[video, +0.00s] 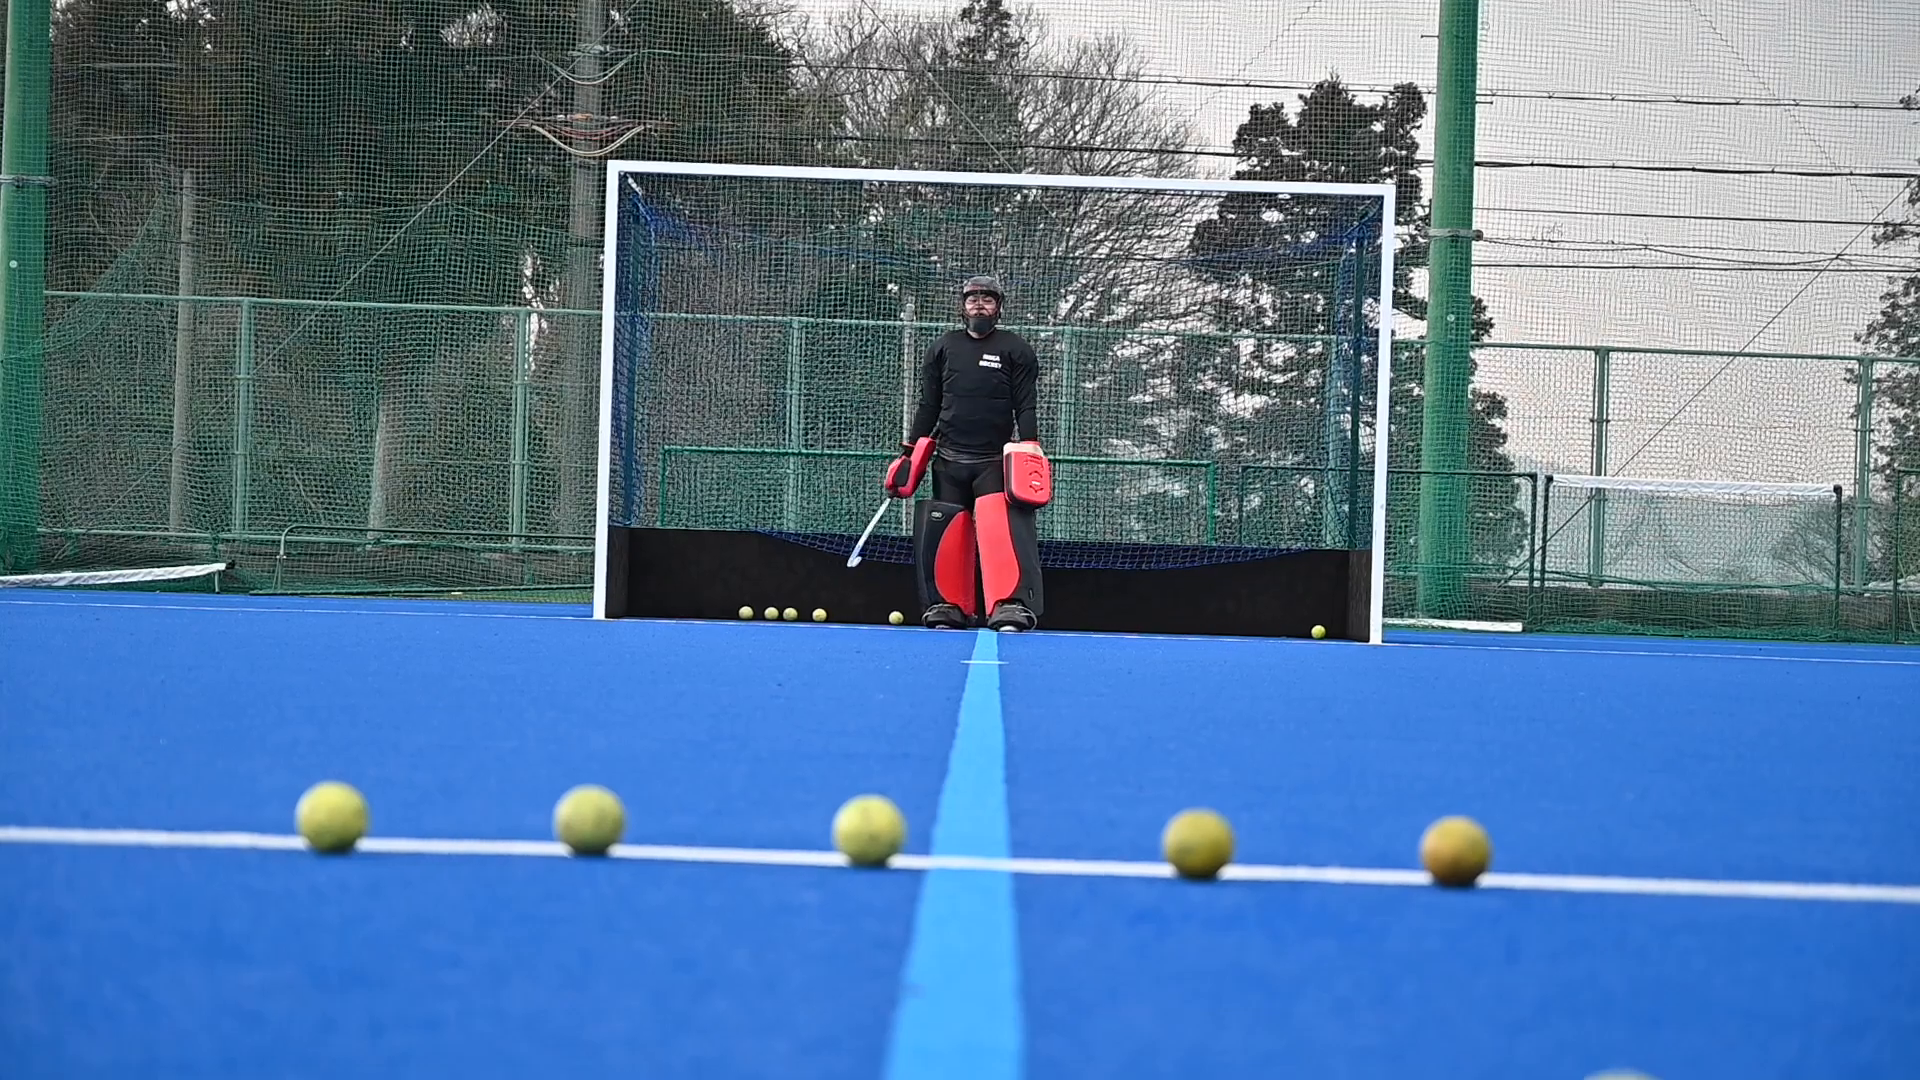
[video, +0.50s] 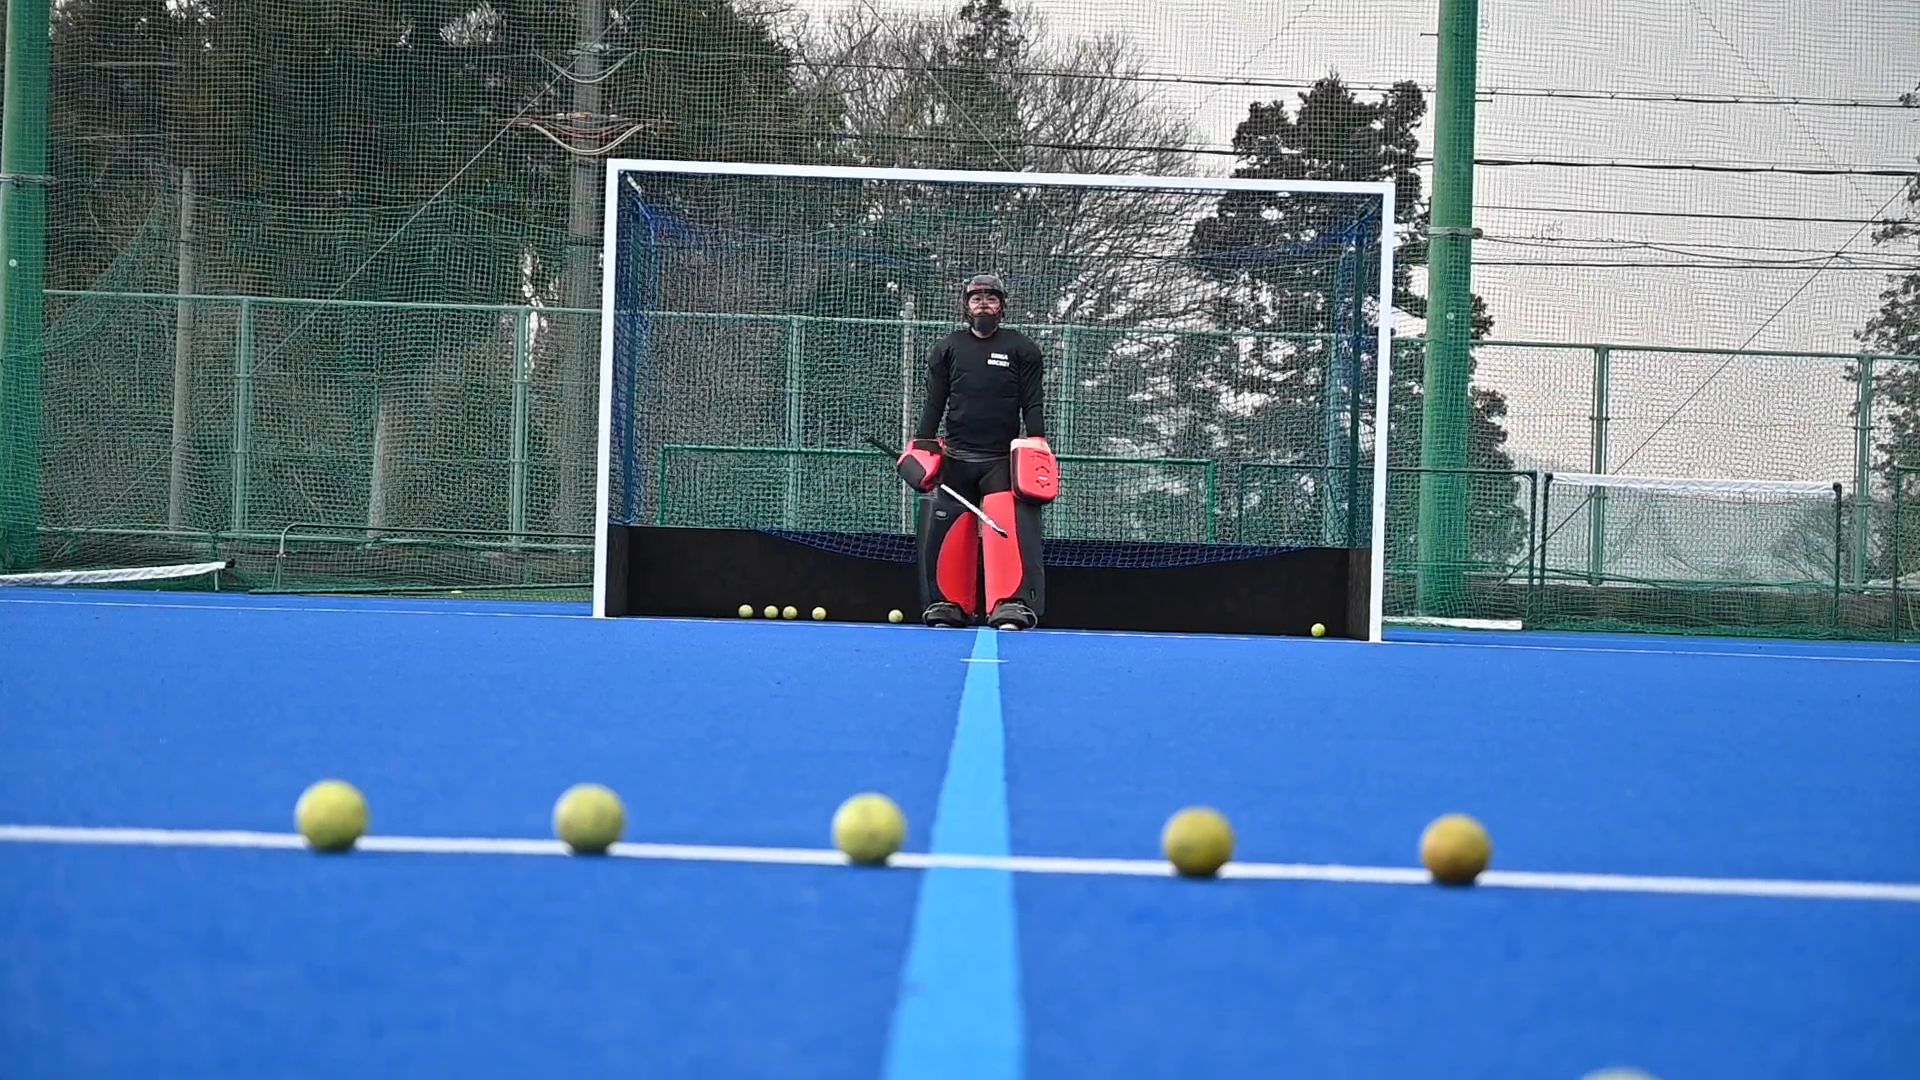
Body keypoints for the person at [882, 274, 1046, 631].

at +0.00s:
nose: (979, 304)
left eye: (986, 298)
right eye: (972, 299)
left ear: (998, 306)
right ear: (962, 305)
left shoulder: (1017, 349)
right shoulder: (943, 347)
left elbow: (1026, 408)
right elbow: (928, 405)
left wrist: (1030, 458)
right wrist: (909, 454)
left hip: (995, 462)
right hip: (949, 460)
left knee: (1001, 532)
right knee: (946, 534)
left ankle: (1009, 606)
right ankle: (950, 607)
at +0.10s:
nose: (980, 304)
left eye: (987, 298)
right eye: (973, 298)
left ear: (998, 305)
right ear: (963, 305)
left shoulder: (1017, 350)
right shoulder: (943, 348)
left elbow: (1026, 409)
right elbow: (930, 406)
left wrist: (1032, 460)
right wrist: (911, 455)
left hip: (997, 463)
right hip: (951, 461)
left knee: (1002, 531)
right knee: (943, 532)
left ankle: (1007, 606)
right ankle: (948, 606)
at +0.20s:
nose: (981, 304)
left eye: (988, 298)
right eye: (974, 298)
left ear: (999, 305)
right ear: (964, 305)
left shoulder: (1019, 350)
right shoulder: (943, 349)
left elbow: (1028, 409)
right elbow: (931, 407)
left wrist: (1032, 459)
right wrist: (916, 456)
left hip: (999, 462)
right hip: (952, 460)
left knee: (1006, 530)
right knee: (943, 531)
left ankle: (1010, 606)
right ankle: (946, 605)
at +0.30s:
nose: (982, 304)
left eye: (989, 298)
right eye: (975, 298)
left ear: (1000, 305)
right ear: (964, 305)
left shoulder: (1020, 350)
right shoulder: (944, 349)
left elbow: (1029, 409)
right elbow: (934, 407)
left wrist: (1033, 458)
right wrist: (919, 456)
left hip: (1000, 462)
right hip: (953, 460)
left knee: (1009, 530)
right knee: (941, 531)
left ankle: (1011, 605)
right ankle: (946, 605)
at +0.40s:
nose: (983, 304)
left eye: (990, 298)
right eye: (976, 298)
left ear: (1001, 305)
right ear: (965, 305)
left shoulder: (1021, 349)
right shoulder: (946, 348)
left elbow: (1031, 407)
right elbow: (934, 406)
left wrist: (1035, 455)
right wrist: (919, 453)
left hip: (1001, 460)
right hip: (954, 458)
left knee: (1006, 530)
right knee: (940, 530)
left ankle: (1010, 605)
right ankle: (946, 604)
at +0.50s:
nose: (983, 304)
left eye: (991, 298)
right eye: (976, 298)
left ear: (1002, 305)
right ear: (966, 304)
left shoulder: (1022, 349)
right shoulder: (947, 348)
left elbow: (1032, 406)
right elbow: (933, 404)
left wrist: (1035, 453)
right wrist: (921, 449)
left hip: (1003, 460)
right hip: (956, 458)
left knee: (1010, 529)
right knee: (942, 528)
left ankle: (1011, 605)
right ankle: (946, 604)